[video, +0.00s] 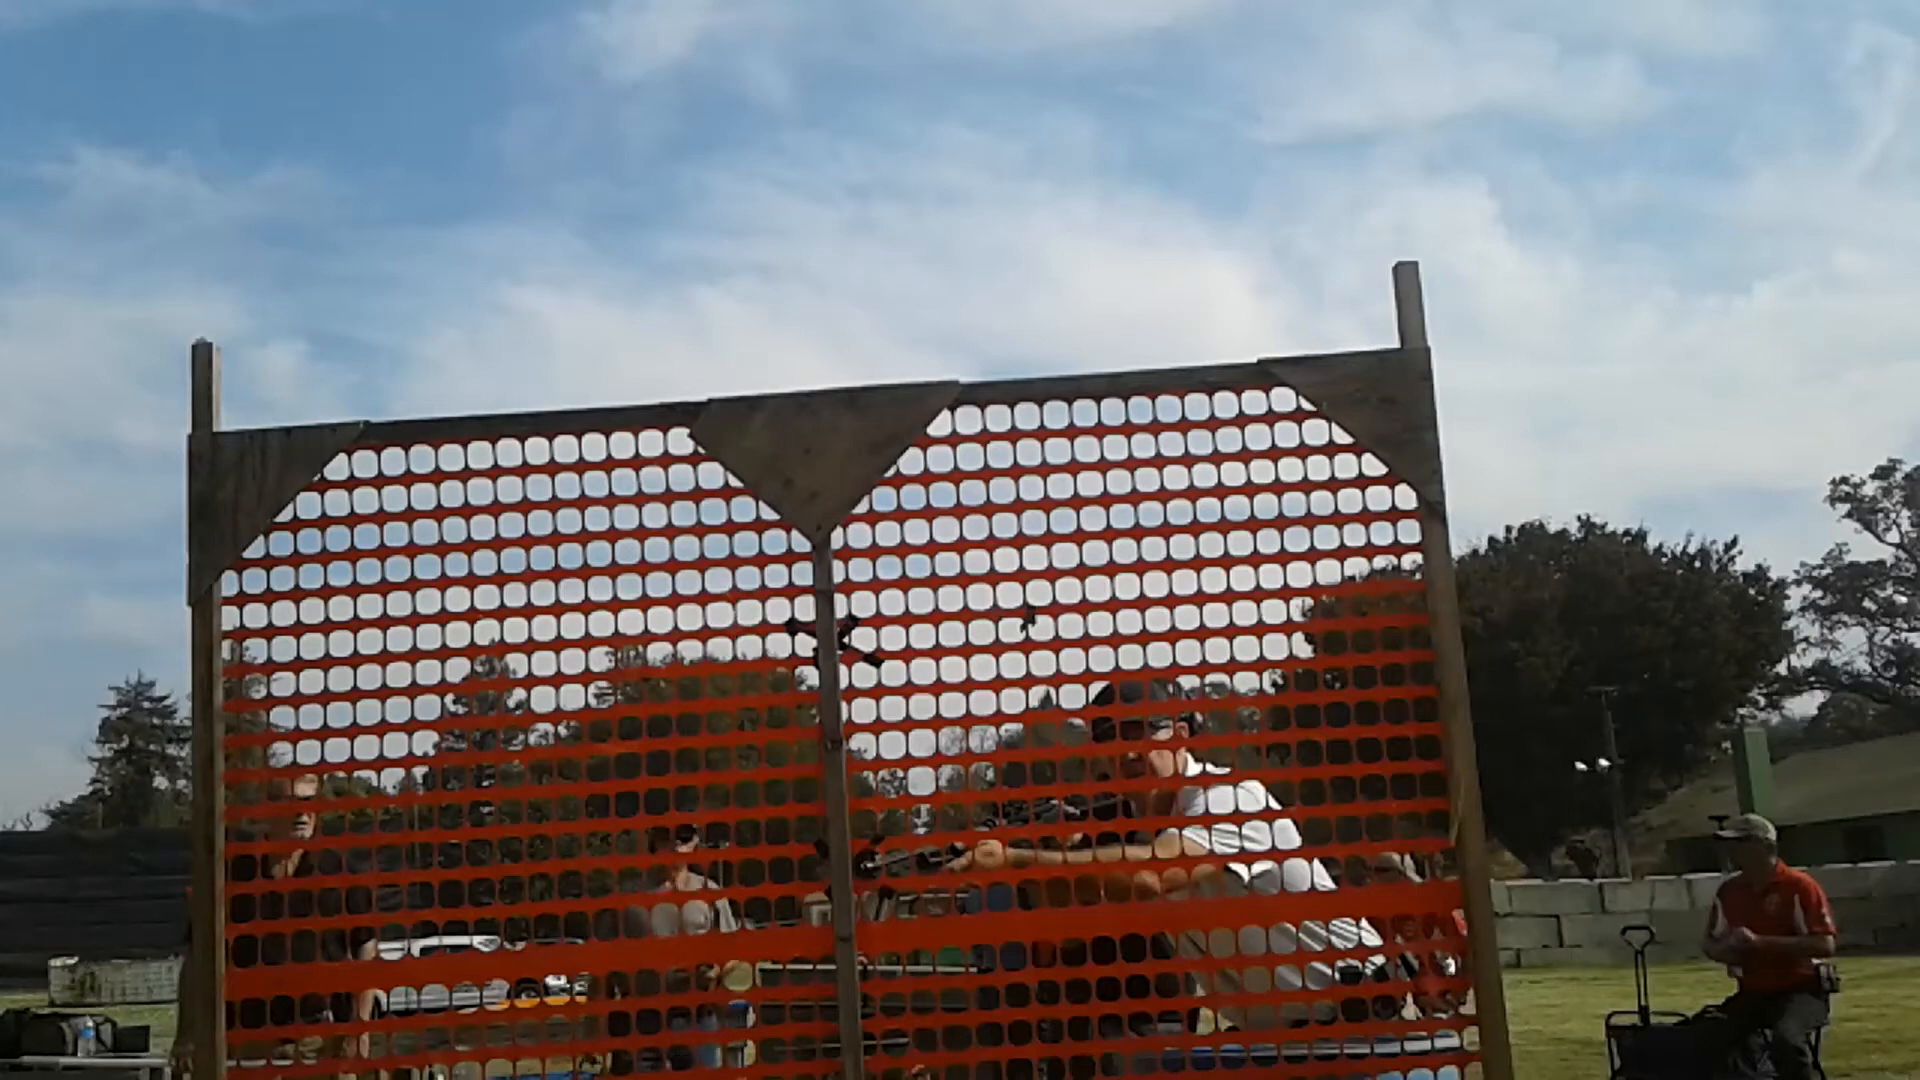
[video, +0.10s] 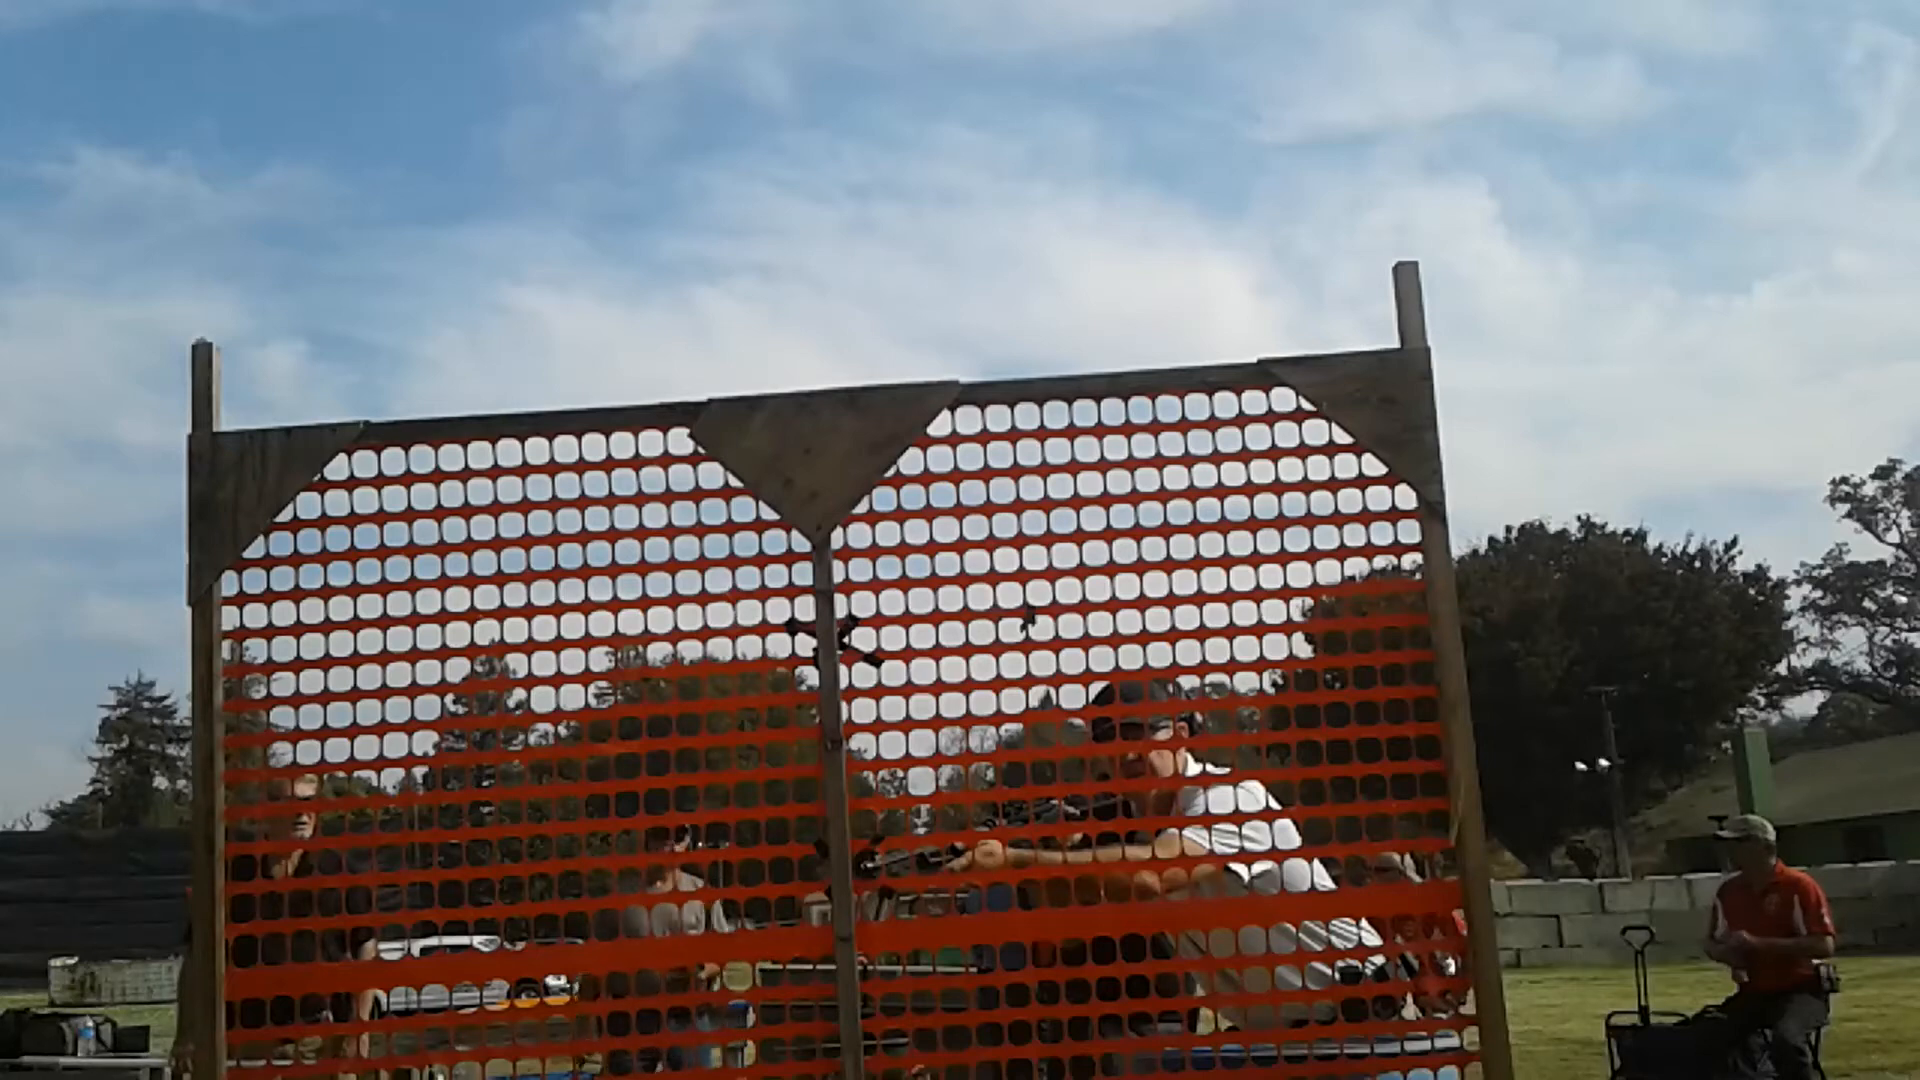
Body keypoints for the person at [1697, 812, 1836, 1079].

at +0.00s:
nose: (1731, 851)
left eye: (1739, 843)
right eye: (1731, 844)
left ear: (1764, 847)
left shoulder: (1801, 886)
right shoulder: (1729, 890)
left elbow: (1825, 945)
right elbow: (1709, 943)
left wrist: (1759, 942)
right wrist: (1726, 951)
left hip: (1801, 993)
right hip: (1754, 994)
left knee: (1787, 1041)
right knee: (1708, 1038)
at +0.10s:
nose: (1731, 851)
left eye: (1738, 843)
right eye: (1730, 844)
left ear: (1763, 847)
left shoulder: (1800, 886)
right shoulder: (1728, 891)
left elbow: (1824, 945)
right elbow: (1711, 944)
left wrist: (1757, 944)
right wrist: (1729, 954)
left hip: (1802, 992)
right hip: (1756, 993)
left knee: (1787, 1041)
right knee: (1708, 1036)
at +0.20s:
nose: (1730, 852)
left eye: (1737, 844)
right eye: (1729, 845)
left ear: (1763, 847)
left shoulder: (1800, 886)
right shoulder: (1729, 891)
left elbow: (1823, 945)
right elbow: (1712, 944)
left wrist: (1757, 945)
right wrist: (1731, 956)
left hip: (1802, 993)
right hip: (1756, 993)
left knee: (1787, 1040)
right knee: (1707, 1036)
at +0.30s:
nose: (1729, 853)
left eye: (1737, 845)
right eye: (1729, 846)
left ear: (1763, 848)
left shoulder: (1800, 886)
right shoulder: (1729, 892)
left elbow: (1822, 946)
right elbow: (1712, 944)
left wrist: (1758, 948)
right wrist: (1726, 954)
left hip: (1801, 993)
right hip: (1755, 994)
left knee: (1787, 1041)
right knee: (1707, 1036)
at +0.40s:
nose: (1729, 853)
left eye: (1736, 846)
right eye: (1729, 846)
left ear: (1763, 848)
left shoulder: (1799, 886)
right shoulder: (1729, 893)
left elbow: (1823, 946)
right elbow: (1713, 946)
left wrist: (1757, 954)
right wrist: (1718, 956)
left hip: (1801, 994)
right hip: (1753, 995)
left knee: (1787, 1041)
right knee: (1706, 1038)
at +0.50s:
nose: (1728, 853)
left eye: (1735, 846)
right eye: (1728, 846)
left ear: (1760, 848)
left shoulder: (1799, 886)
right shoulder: (1730, 893)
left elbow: (1826, 946)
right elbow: (1722, 942)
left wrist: (1766, 961)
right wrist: (1710, 956)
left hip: (1802, 995)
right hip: (1754, 995)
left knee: (1786, 1040)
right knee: (1705, 1036)